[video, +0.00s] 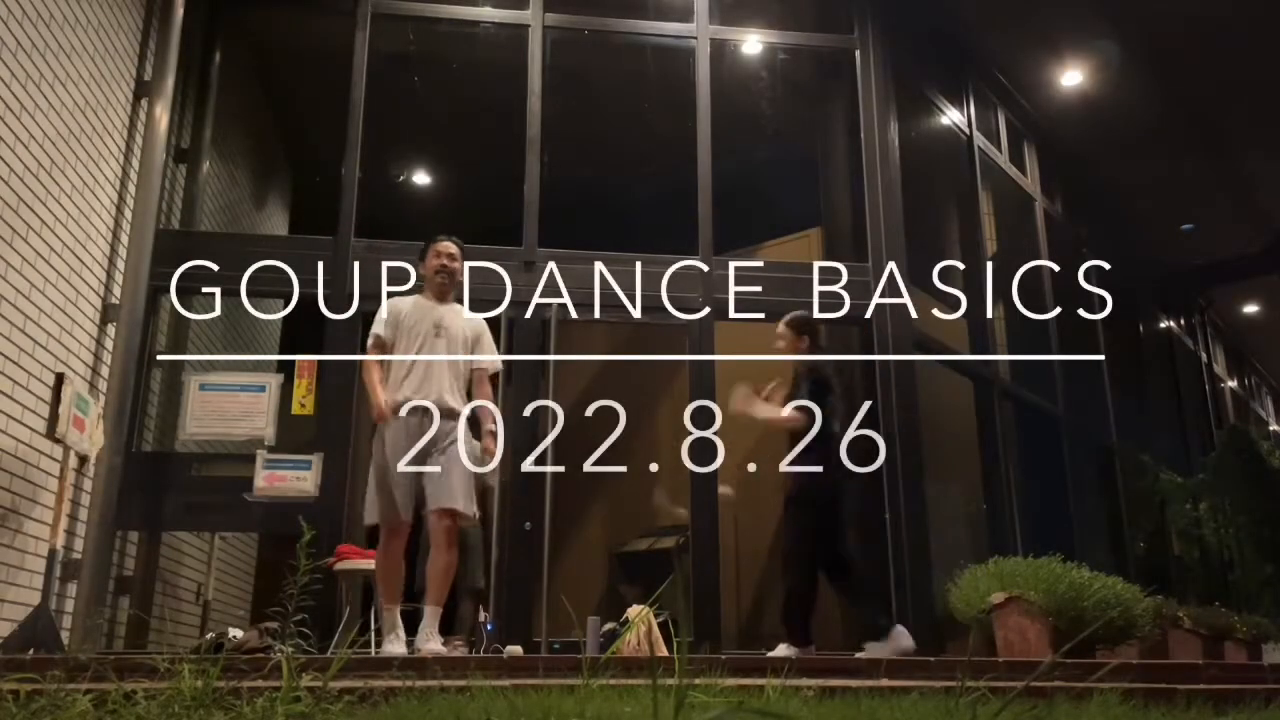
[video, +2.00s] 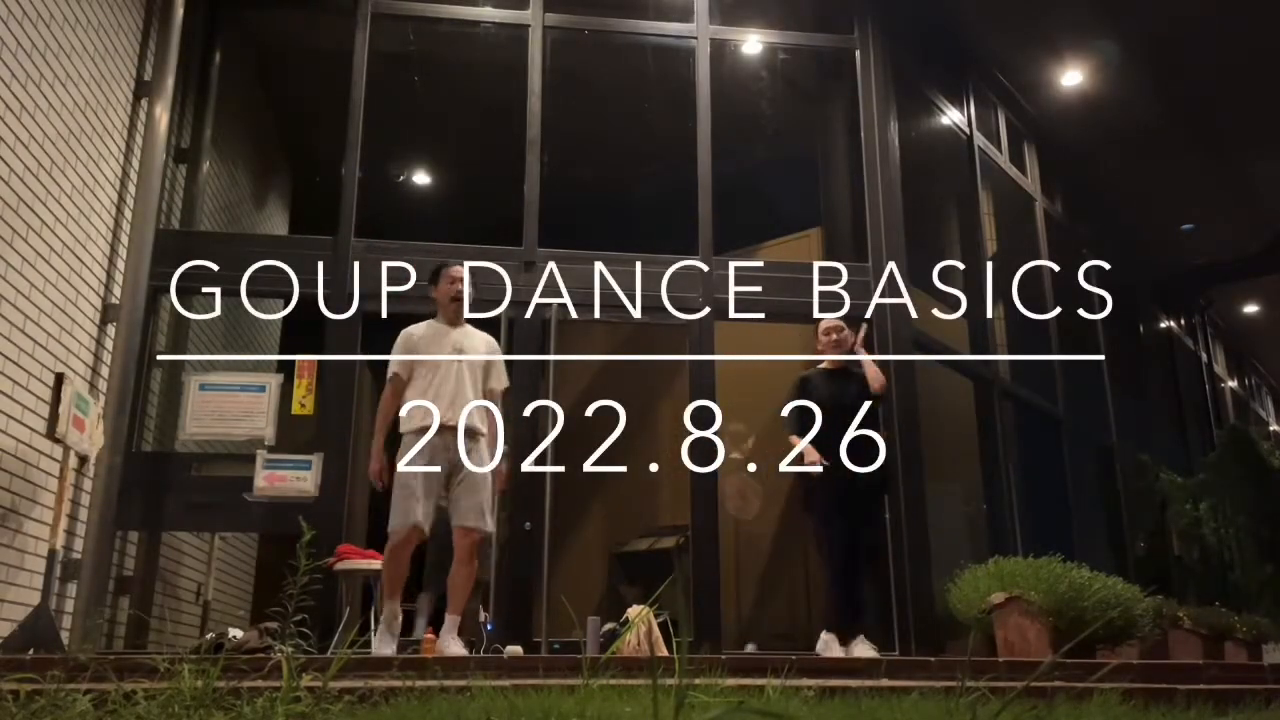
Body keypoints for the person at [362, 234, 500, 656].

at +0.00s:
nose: (446, 263)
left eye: (453, 259)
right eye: (439, 257)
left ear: (462, 271)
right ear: (422, 266)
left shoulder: (474, 323)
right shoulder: (396, 308)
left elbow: (482, 383)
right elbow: (372, 357)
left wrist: (488, 427)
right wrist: (379, 397)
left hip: (452, 429)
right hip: (399, 424)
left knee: (446, 525)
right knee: (395, 526)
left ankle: (430, 631)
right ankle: (392, 631)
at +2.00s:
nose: (459, 288)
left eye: (464, 283)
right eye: (452, 281)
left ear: (471, 293)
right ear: (434, 291)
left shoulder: (487, 344)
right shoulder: (412, 336)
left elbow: (495, 406)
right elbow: (392, 393)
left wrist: (499, 457)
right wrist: (378, 447)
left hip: (473, 445)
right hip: (421, 443)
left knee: (469, 541)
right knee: (405, 534)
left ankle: (449, 635)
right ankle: (389, 623)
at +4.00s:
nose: (450, 249)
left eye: (454, 243)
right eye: (441, 240)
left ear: (456, 249)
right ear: (417, 242)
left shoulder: (458, 297)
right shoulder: (382, 286)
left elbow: (498, 298)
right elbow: (340, 280)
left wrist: (484, 250)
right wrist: (367, 233)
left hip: (436, 406)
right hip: (378, 404)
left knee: (446, 511)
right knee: (347, 510)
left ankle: (442, 623)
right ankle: (321, 620)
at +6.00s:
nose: (505, 260)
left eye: (510, 254)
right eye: (495, 253)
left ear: (516, 266)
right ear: (475, 265)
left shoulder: (532, 313)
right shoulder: (452, 313)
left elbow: (563, 355)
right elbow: (435, 366)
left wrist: (587, 390)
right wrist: (416, 416)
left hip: (514, 425)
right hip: (462, 426)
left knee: (495, 526)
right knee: (446, 523)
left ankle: (516, 632)